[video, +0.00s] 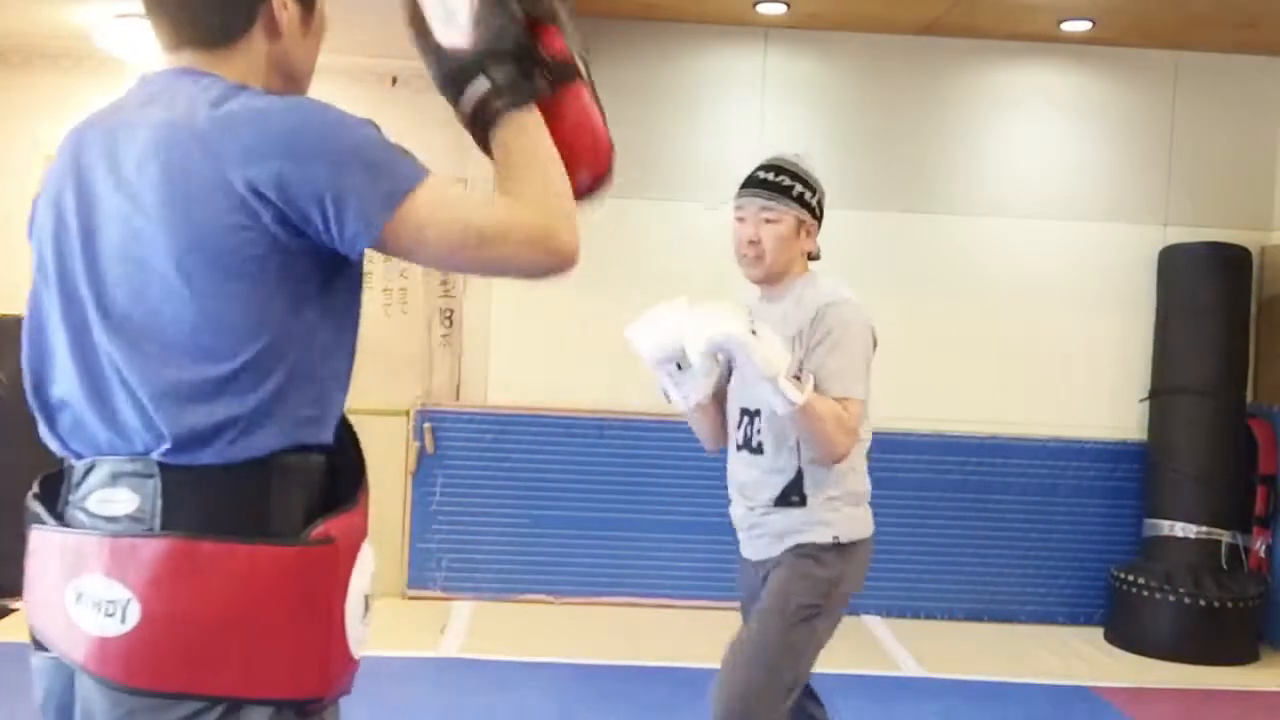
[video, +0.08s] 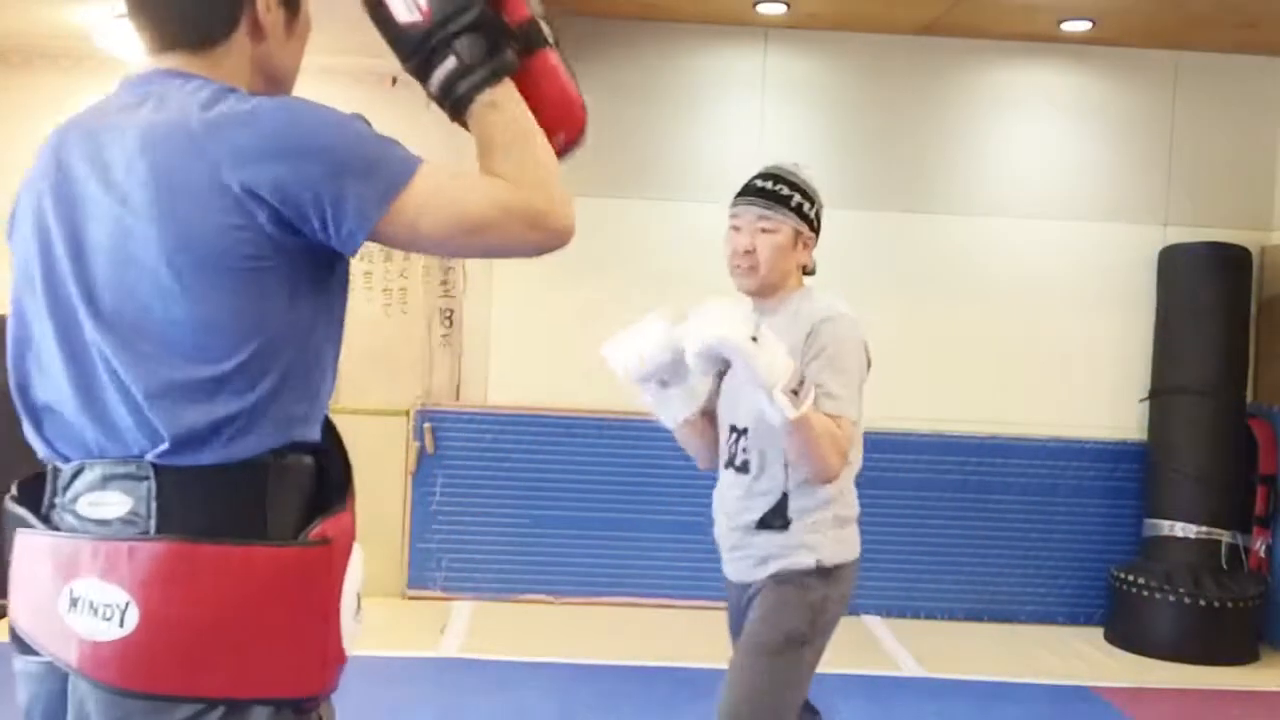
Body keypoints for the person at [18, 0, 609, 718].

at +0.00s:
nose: (321, 24)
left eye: (320, 4)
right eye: (316, 3)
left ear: (168, 21)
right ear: (280, 12)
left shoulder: (81, 148)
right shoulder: (286, 137)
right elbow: (546, 236)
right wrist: (499, 79)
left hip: (72, 563)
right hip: (221, 587)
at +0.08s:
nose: (305, 19)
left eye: (303, 1)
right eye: (300, 0)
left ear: (152, 21)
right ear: (261, 12)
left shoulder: (63, 149)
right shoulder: (274, 138)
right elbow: (540, 213)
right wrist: (473, 66)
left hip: (56, 556)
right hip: (211, 573)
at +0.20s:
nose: (293, 21)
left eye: (291, 6)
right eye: (287, 5)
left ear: (141, 22)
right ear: (249, 12)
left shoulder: (35, 155)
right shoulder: (275, 135)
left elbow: (13, 408)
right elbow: (532, 210)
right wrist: (460, 68)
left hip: (43, 548)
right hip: (211, 563)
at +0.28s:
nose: (287, 23)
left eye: (286, 10)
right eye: (283, 9)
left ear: (138, 23)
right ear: (250, 13)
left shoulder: (30, 142)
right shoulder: (306, 134)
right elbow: (516, 243)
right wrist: (476, 108)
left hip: (29, 534)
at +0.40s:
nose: (275, 19)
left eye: (276, 6)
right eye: (274, 4)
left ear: (124, 13)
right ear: (243, 7)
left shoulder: (20, 117)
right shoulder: (305, 137)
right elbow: (492, 269)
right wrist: (476, 155)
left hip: (17, 503)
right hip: (195, 515)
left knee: (26, 704)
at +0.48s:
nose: (252, 21)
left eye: (251, 6)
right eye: (249, 5)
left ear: (103, 15)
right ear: (216, 6)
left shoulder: (14, 113)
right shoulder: (283, 139)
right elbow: (472, 295)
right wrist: (443, 176)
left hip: (23, 499)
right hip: (199, 507)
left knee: (31, 701)